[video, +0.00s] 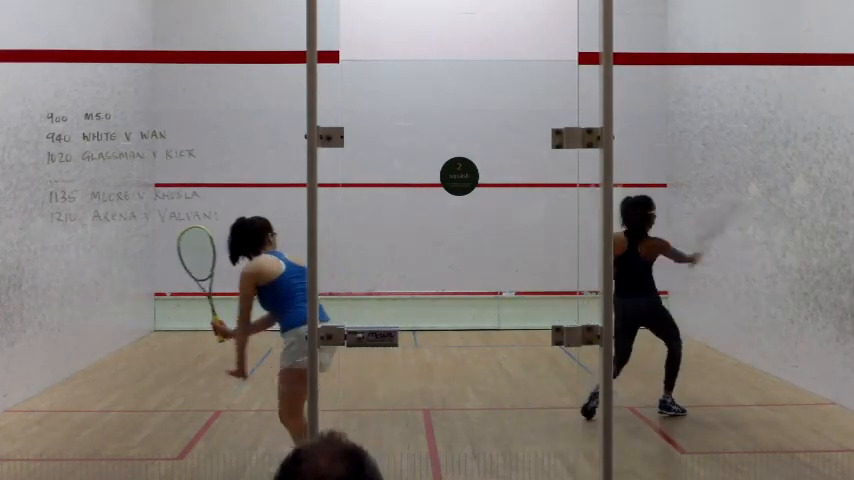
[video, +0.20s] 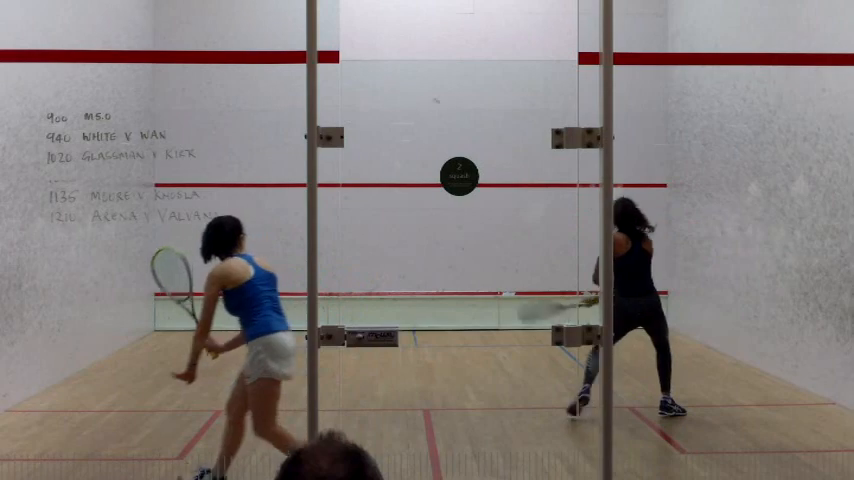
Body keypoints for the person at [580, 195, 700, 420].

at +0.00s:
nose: (653, 219)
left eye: (652, 215)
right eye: (651, 216)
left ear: (626, 218)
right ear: (645, 219)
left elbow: (605, 267)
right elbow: (677, 257)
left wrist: (616, 275)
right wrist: (692, 259)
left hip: (624, 308)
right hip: (649, 307)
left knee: (620, 356)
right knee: (674, 344)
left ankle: (596, 394)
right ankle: (667, 399)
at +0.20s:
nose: (611, 220)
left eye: (612, 216)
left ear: (616, 218)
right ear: (636, 216)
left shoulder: (615, 241)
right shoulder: (648, 243)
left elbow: (597, 277)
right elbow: (641, 272)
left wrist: (619, 281)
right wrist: (611, 284)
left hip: (624, 309)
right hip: (650, 307)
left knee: (601, 346)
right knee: (663, 348)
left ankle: (585, 389)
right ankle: (666, 399)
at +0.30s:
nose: (594, 227)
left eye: (597, 223)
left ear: (602, 224)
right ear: (625, 223)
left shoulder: (599, 245)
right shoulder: (631, 243)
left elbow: (586, 278)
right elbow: (617, 280)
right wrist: (590, 290)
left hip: (617, 309)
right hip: (641, 308)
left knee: (588, 351)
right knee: (655, 350)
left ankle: (571, 397)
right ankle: (665, 400)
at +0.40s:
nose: (576, 225)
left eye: (576, 222)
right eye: (578, 221)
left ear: (579, 223)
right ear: (597, 220)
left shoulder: (579, 245)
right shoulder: (612, 240)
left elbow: (569, 278)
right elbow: (608, 278)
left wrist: (563, 307)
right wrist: (581, 289)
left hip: (598, 308)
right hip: (623, 306)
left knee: (573, 355)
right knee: (641, 351)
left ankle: (566, 407)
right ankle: (665, 402)